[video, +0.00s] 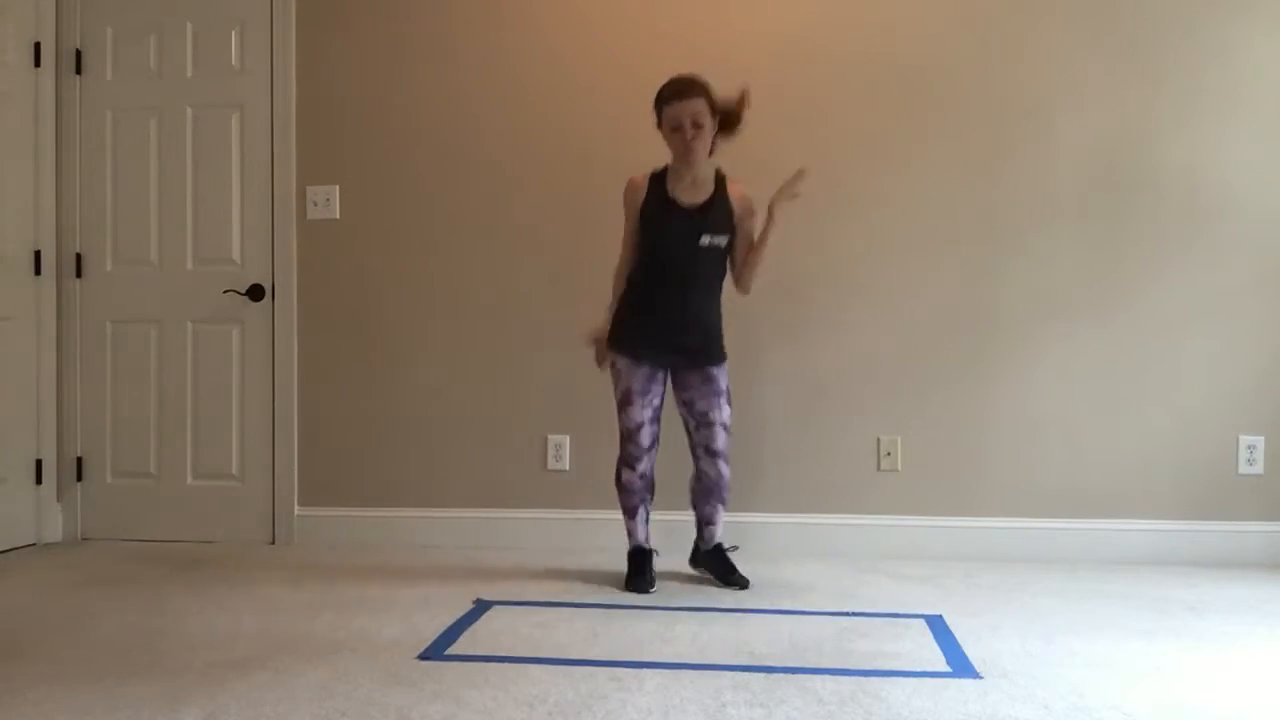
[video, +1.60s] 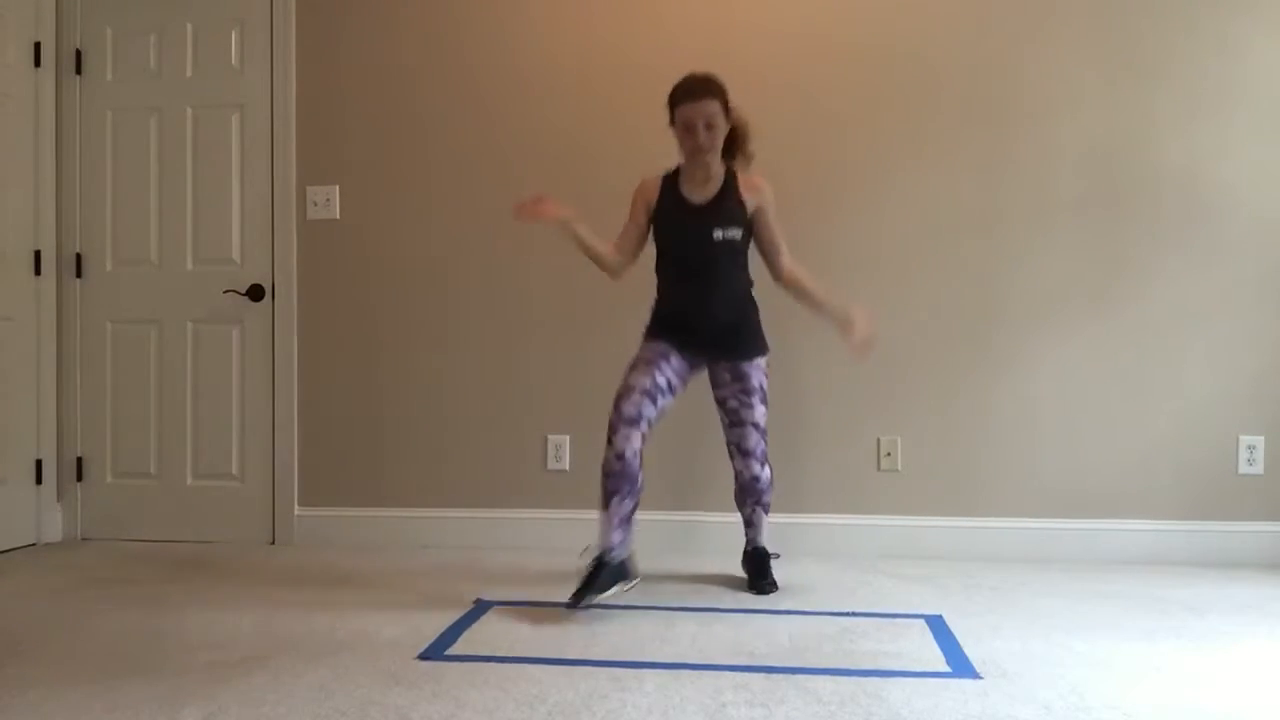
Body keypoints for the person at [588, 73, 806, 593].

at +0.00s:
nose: (687, 135)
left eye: (697, 124)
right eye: (676, 126)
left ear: (714, 127)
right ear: (662, 133)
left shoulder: (734, 199)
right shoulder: (642, 190)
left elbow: (743, 280)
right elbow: (627, 263)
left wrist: (771, 214)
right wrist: (609, 324)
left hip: (700, 342)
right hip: (638, 338)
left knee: (714, 449)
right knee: (637, 450)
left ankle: (709, 546)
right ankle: (639, 550)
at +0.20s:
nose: (681, 122)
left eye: (690, 111)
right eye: (669, 112)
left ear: (704, 113)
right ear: (651, 118)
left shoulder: (725, 177)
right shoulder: (631, 181)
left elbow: (758, 254)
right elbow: (607, 264)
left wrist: (828, 255)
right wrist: (549, 309)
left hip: (716, 325)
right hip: (651, 330)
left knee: (751, 429)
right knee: (645, 445)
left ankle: (754, 525)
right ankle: (643, 549)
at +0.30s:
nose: (689, 109)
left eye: (698, 98)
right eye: (676, 99)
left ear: (711, 100)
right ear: (654, 102)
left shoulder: (729, 164)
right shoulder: (631, 167)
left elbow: (762, 245)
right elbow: (596, 244)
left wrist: (813, 305)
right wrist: (532, 230)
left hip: (734, 308)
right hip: (669, 315)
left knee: (754, 425)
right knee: (657, 432)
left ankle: (785, 557)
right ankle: (659, 543)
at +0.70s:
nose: (697, 93)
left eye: (709, 82)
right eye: (687, 83)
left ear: (735, 88)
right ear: (676, 89)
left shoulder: (750, 163)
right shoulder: (653, 160)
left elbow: (786, 249)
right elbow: (595, 226)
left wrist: (855, 279)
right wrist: (515, 217)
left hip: (728, 324)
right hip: (658, 320)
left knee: (753, 450)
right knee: (618, 420)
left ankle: (797, 586)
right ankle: (631, 519)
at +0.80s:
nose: (684, 87)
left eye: (696, 75)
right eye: (674, 77)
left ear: (722, 82)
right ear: (664, 85)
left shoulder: (738, 156)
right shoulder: (640, 152)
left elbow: (767, 242)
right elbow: (592, 229)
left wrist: (818, 198)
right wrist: (535, 281)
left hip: (703, 319)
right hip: (629, 314)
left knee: (735, 450)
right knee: (588, 437)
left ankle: (782, 583)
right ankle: (579, 556)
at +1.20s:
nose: (655, 106)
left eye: (666, 96)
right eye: (642, 96)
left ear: (679, 103)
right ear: (622, 104)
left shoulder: (696, 169)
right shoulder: (598, 168)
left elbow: (736, 249)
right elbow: (562, 239)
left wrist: (801, 280)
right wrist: (512, 199)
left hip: (695, 325)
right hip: (624, 330)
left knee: (741, 437)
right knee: (591, 455)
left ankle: (746, 526)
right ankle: (564, 584)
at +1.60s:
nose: (699, 137)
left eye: (709, 125)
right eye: (688, 127)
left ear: (727, 127)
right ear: (673, 130)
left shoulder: (749, 190)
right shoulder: (654, 191)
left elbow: (782, 270)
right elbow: (617, 263)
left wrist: (842, 314)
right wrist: (567, 220)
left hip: (737, 340)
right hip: (672, 337)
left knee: (750, 457)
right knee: (625, 424)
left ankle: (756, 550)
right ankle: (614, 556)